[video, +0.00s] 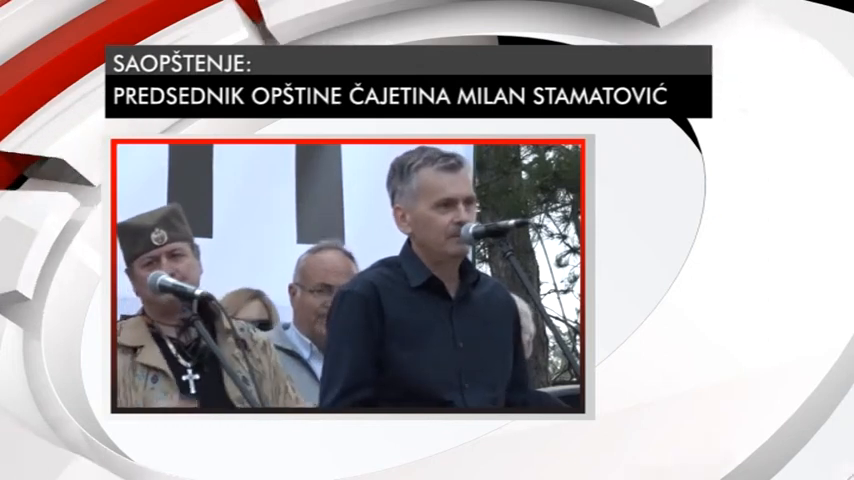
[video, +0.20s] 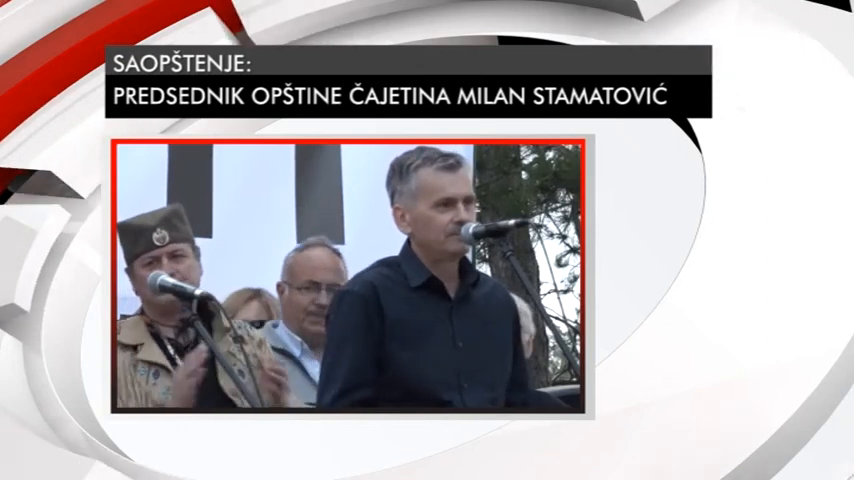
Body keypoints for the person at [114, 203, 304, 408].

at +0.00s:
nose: (167, 269)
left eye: (177, 255)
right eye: (150, 262)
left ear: (199, 266)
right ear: (133, 282)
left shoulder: (253, 344)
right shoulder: (116, 354)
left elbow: (295, 417)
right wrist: (164, 414)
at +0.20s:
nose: (167, 270)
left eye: (177, 256)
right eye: (151, 263)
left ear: (200, 267)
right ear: (133, 282)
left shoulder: (249, 341)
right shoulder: (116, 352)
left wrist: (282, 403)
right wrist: (175, 406)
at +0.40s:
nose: (163, 271)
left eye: (173, 258)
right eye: (146, 264)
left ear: (195, 267)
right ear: (127, 282)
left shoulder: (242, 341)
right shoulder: (114, 352)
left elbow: (279, 417)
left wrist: (239, 400)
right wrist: (196, 401)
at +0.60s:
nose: (160, 272)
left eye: (171, 259)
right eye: (144, 265)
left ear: (191, 268)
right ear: (124, 281)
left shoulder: (236, 340)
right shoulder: (111, 352)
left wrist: (240, 387)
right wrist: (196, 410)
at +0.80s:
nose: (163, 270)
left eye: (174, 257)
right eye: (147, 263)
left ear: (193, 265)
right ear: (126, 281)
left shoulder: (237, 338)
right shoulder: (111, 351)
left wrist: (240, 401)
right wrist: (179, 409)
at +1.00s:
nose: (169, 270)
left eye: (179, 256)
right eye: (153, 261)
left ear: (197, 266)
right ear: (130, 281)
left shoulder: (244, 337)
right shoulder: (116, 351)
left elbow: (283, 412)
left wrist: (245, 400)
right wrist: (208, 392)